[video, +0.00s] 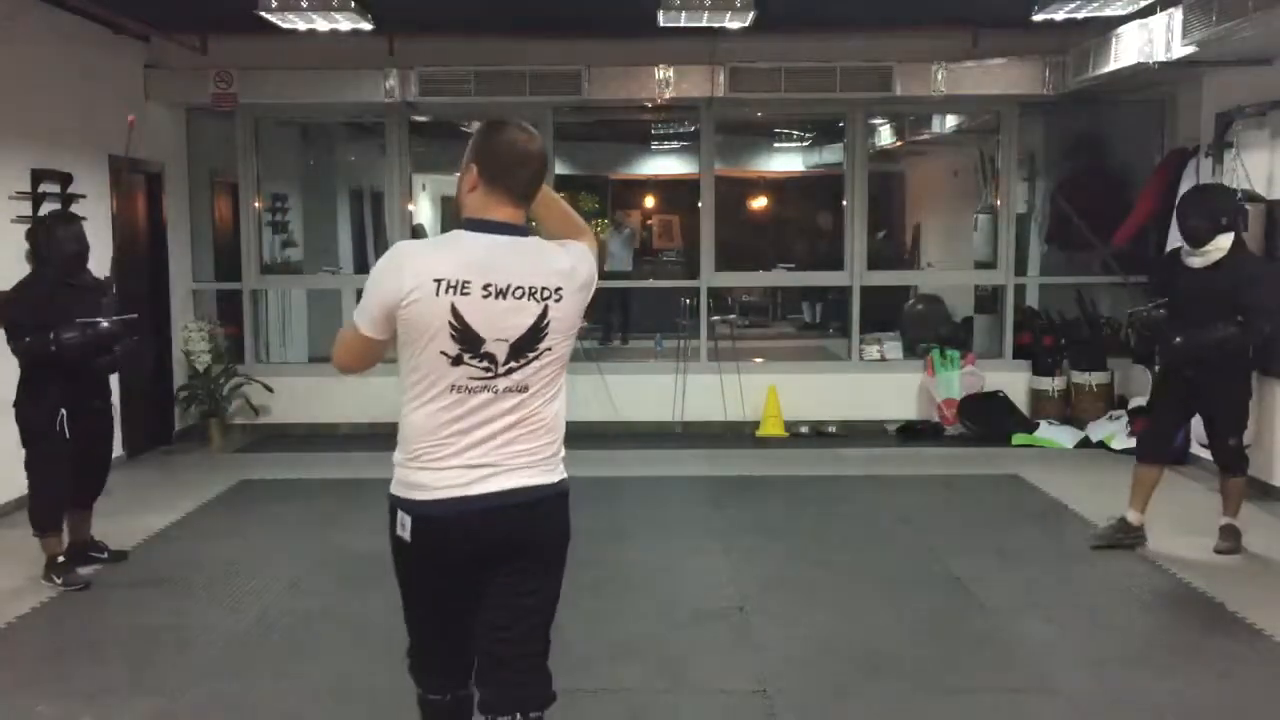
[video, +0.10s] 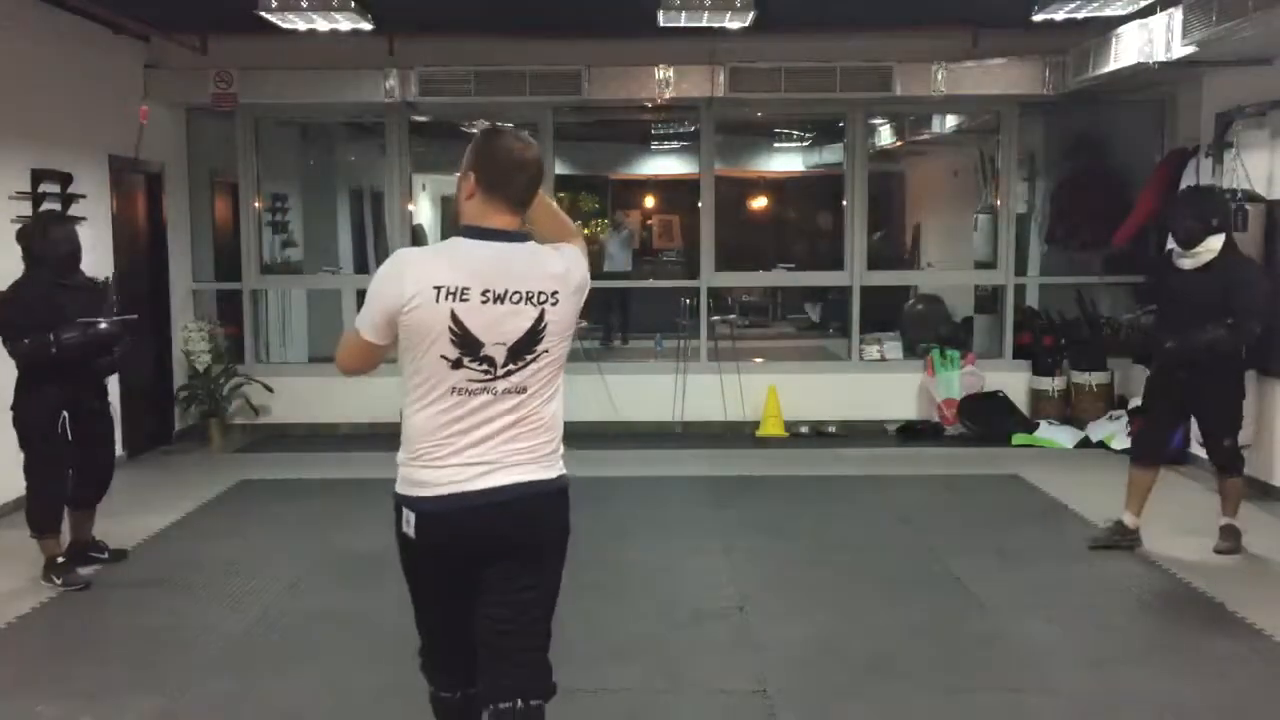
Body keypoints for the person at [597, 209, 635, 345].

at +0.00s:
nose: (617, 222)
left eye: (620, 219)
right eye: (615, 219)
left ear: (624, 220)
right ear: (612, 220)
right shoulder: (609, 233)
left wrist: (634, 230)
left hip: (625, 271)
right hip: (610, 270)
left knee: (624, 304)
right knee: (607, 304)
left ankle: (624, 335)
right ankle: (606, 336)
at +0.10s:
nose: (616, 221)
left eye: (619, 218)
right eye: (615, 218)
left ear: (624, 219)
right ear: (612, 219)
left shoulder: (627, 234)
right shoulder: (608, 234)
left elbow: (634, 244)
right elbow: (601, 251)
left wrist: (632, 231)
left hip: (624, 271)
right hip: (608, 271)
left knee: (623, 305)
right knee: (606, 305)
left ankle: (624, 334)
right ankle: (606, 336)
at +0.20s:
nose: (616, 221)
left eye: (618, 218)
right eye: (614, 218)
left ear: (623, 220)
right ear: (610, 220)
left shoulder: (626, 235)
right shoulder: (605, 236)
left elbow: (628, 243)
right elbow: (594, 250)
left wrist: (627, 231)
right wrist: (596, 245)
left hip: (622, 271)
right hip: (607, 272)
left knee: (623, 304)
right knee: (606, 306)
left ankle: (624, 333)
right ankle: (607, 338)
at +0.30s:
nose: (614, 221)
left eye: (617, 219)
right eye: (613, 219)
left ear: (621, 222)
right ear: (610, 221)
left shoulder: (623, 235)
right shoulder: (604, 236)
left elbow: (626, 236)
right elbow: (594, 251)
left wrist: (621, 223)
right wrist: (596, 245)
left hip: (620, 271)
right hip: (605, 271)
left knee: (622, 305)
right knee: (606, 306)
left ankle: (624, 334)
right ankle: (608, 338)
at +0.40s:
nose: (613, 219)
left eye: (616, 216)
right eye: (611, 216)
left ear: (620, 219)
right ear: (608, 218)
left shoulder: (621, 234)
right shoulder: (599, 235)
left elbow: (625, 237)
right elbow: (590, 250)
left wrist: (620, 223)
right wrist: (590, 245)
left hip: (619, 271)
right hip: (603, 271)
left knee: (621, 304)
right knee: (605, 305)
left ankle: (624, 334)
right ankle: (608, 338)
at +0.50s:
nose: (612, 220)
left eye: (615, 217)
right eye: (611, 217)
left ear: (619, 220)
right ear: (608, 219)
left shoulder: (620, 234)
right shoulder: (599, 235)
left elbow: (624, 234)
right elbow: (589, 250)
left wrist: (617, 221)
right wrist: (590, 246)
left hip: (618, 270)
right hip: (602, 271)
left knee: (620, 303)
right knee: (604, 305)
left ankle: (623, 333)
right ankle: (608, 338)